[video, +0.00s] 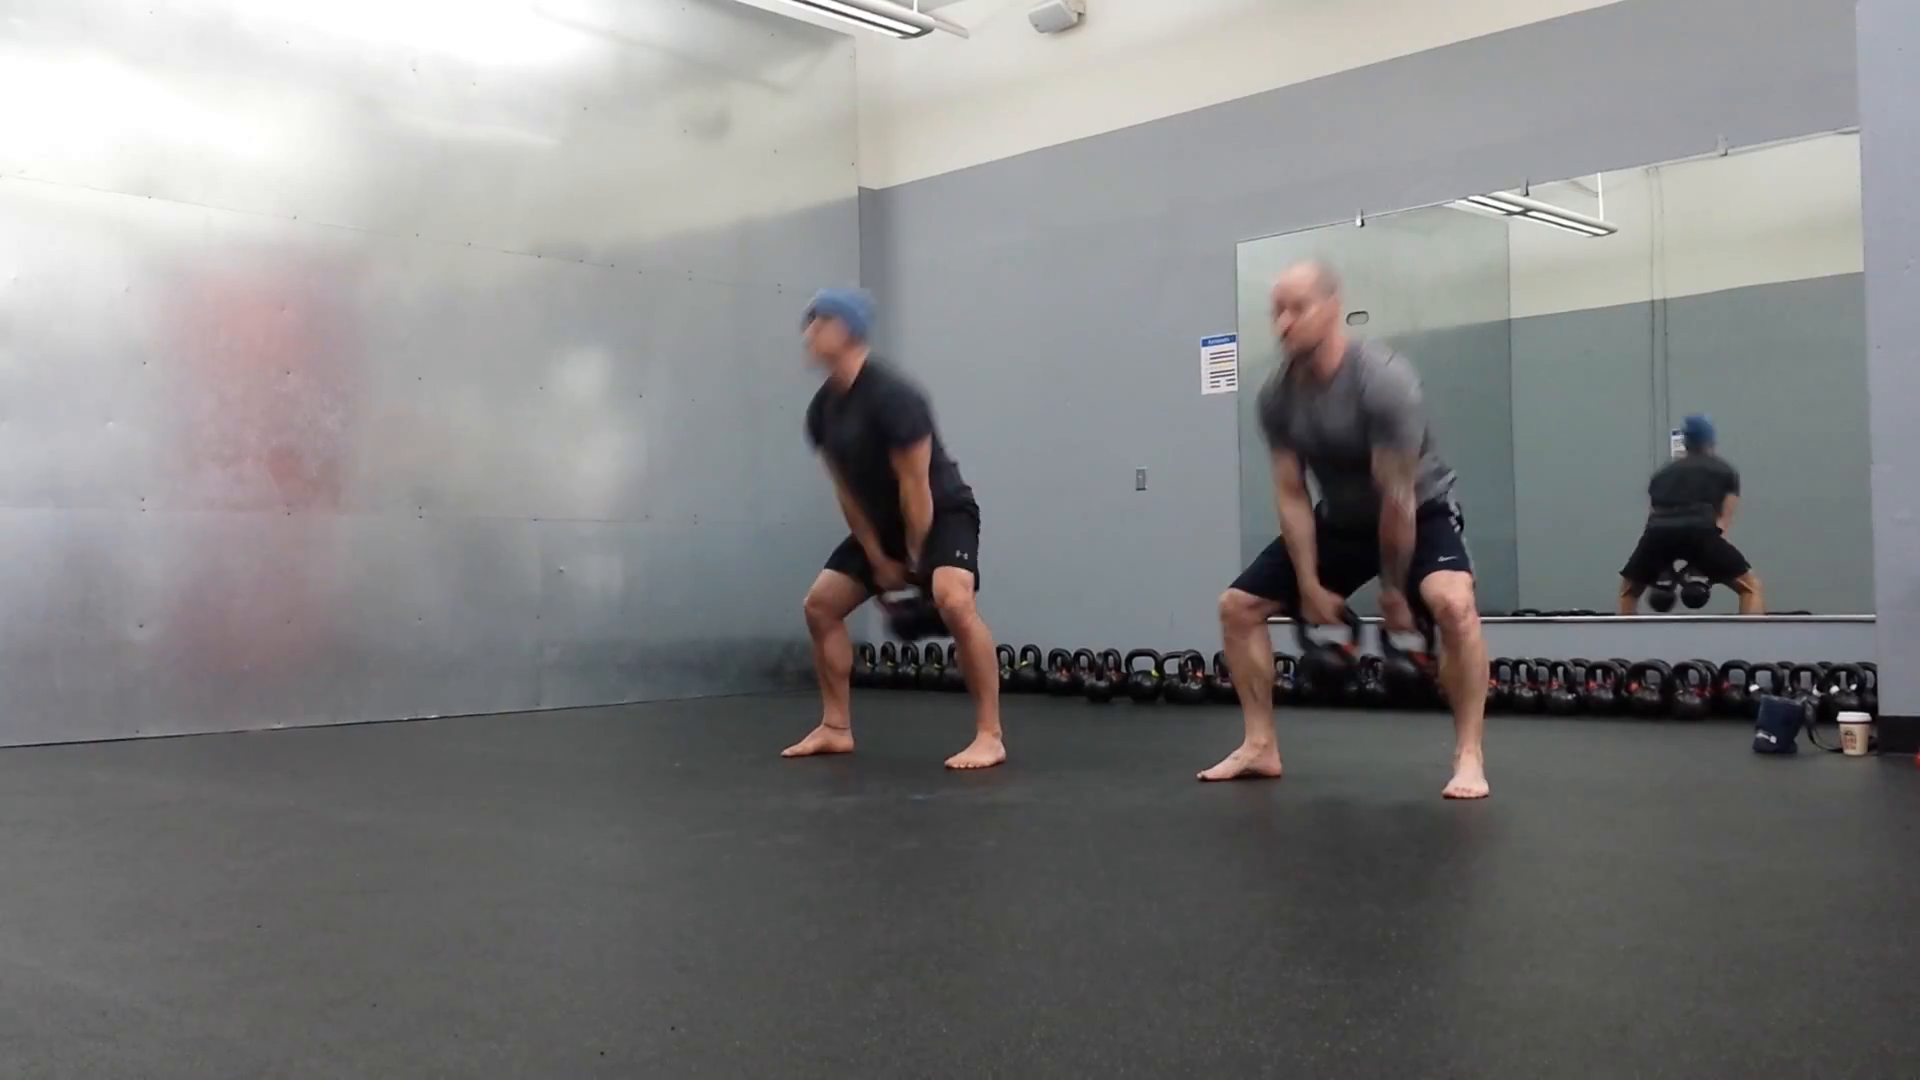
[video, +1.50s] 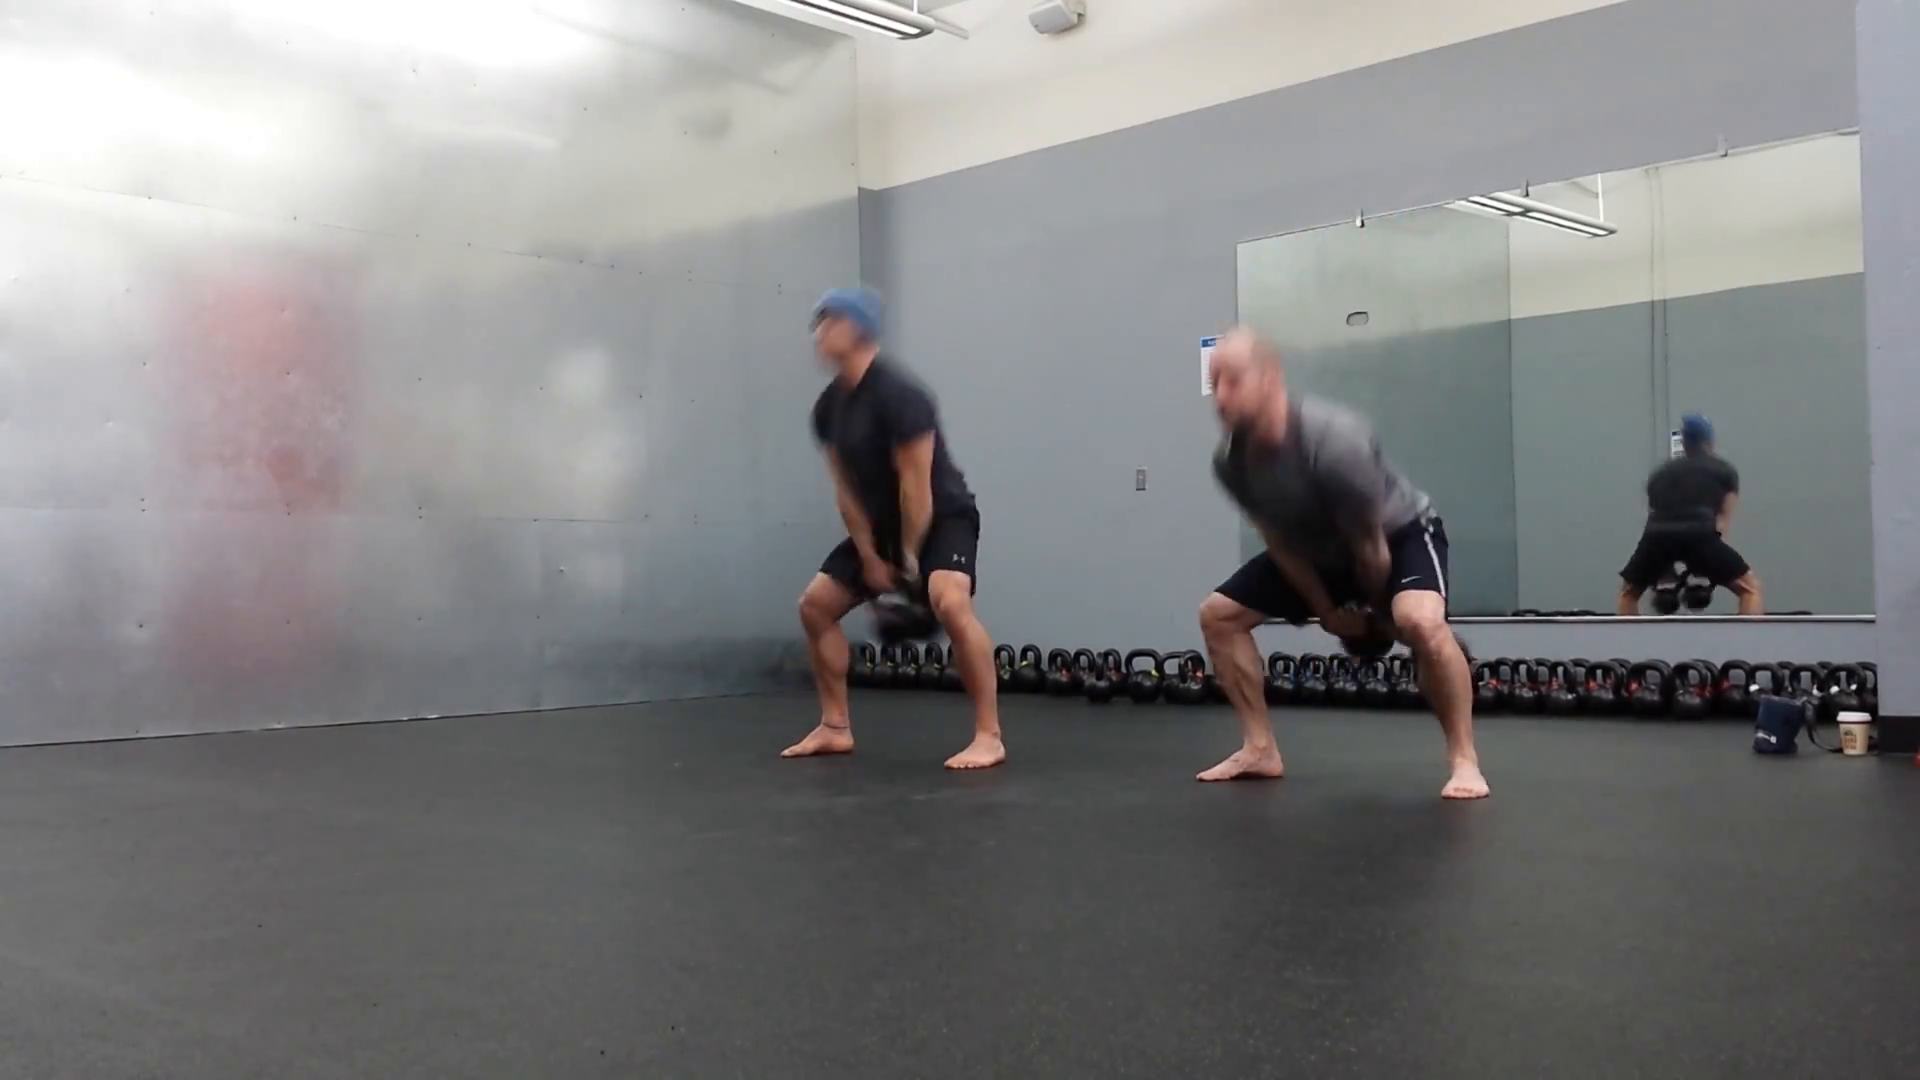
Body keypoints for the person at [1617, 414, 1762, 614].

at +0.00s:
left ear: (1684, 444)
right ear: (1711, 443)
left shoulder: (1663, 473)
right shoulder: (1725, 471)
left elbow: (1654, 518)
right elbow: (1724, 519)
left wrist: (1662, 568)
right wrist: (1702, 566)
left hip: (1659, 534)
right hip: (1701, 534)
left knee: (1629, 593)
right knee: (1750, 587)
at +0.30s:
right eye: (1680, 405)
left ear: (1654, 409)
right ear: (1682, 407)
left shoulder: (1637, 448)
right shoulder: (1701, 440)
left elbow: (1651, 472)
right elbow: (1727, 462)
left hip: (1660, 531)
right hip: (1701, 527)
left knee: (1646, 597)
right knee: (1724, 589)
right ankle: (1744, 646)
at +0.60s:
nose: (1688, 405)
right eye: (1686, 402)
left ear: (1658, 406)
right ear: (1687, 404)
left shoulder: (1641, 442)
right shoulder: (1704, 434)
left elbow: (1665, 440)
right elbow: (1737, 432)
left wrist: (1687, 424)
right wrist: (1739, 414)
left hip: (1661, 527)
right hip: (1702, 525)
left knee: (1647, 595)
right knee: (1724, 589)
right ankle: (1743, 646)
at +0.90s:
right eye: (1683, 404)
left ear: (1659, 407)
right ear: (1687, 405)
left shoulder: (1640, 442)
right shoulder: (1705, 437)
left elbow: (1650, 480)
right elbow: (1729, 471)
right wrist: (1734, 485)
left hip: (1657, 530)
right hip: (1698, 528)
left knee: (1642, 596)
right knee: (1727, 590)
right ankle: (1744, 647)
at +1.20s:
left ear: (1698, 474)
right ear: (1723, 476)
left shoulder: (1671, 491)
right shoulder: (1732, 494)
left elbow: (1662, 530)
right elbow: (1728, 536)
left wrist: (1656, 579)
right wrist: (1704, 577)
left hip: (1659, 539)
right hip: (1702, 540)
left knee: (1628, 597)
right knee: (1758, 589)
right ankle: (1748, 645)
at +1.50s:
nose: (1714, 447)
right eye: (1712, 443)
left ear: (1683, 443)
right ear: (1709, 443)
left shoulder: (1661, 472)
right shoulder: (1724, 470)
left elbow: (1655, 518)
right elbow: (1724, 518)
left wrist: (1664, 572)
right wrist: (1708, 569)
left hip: (1658, 539)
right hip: (1700, 540)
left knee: (1629, 595)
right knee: (1749, 589)